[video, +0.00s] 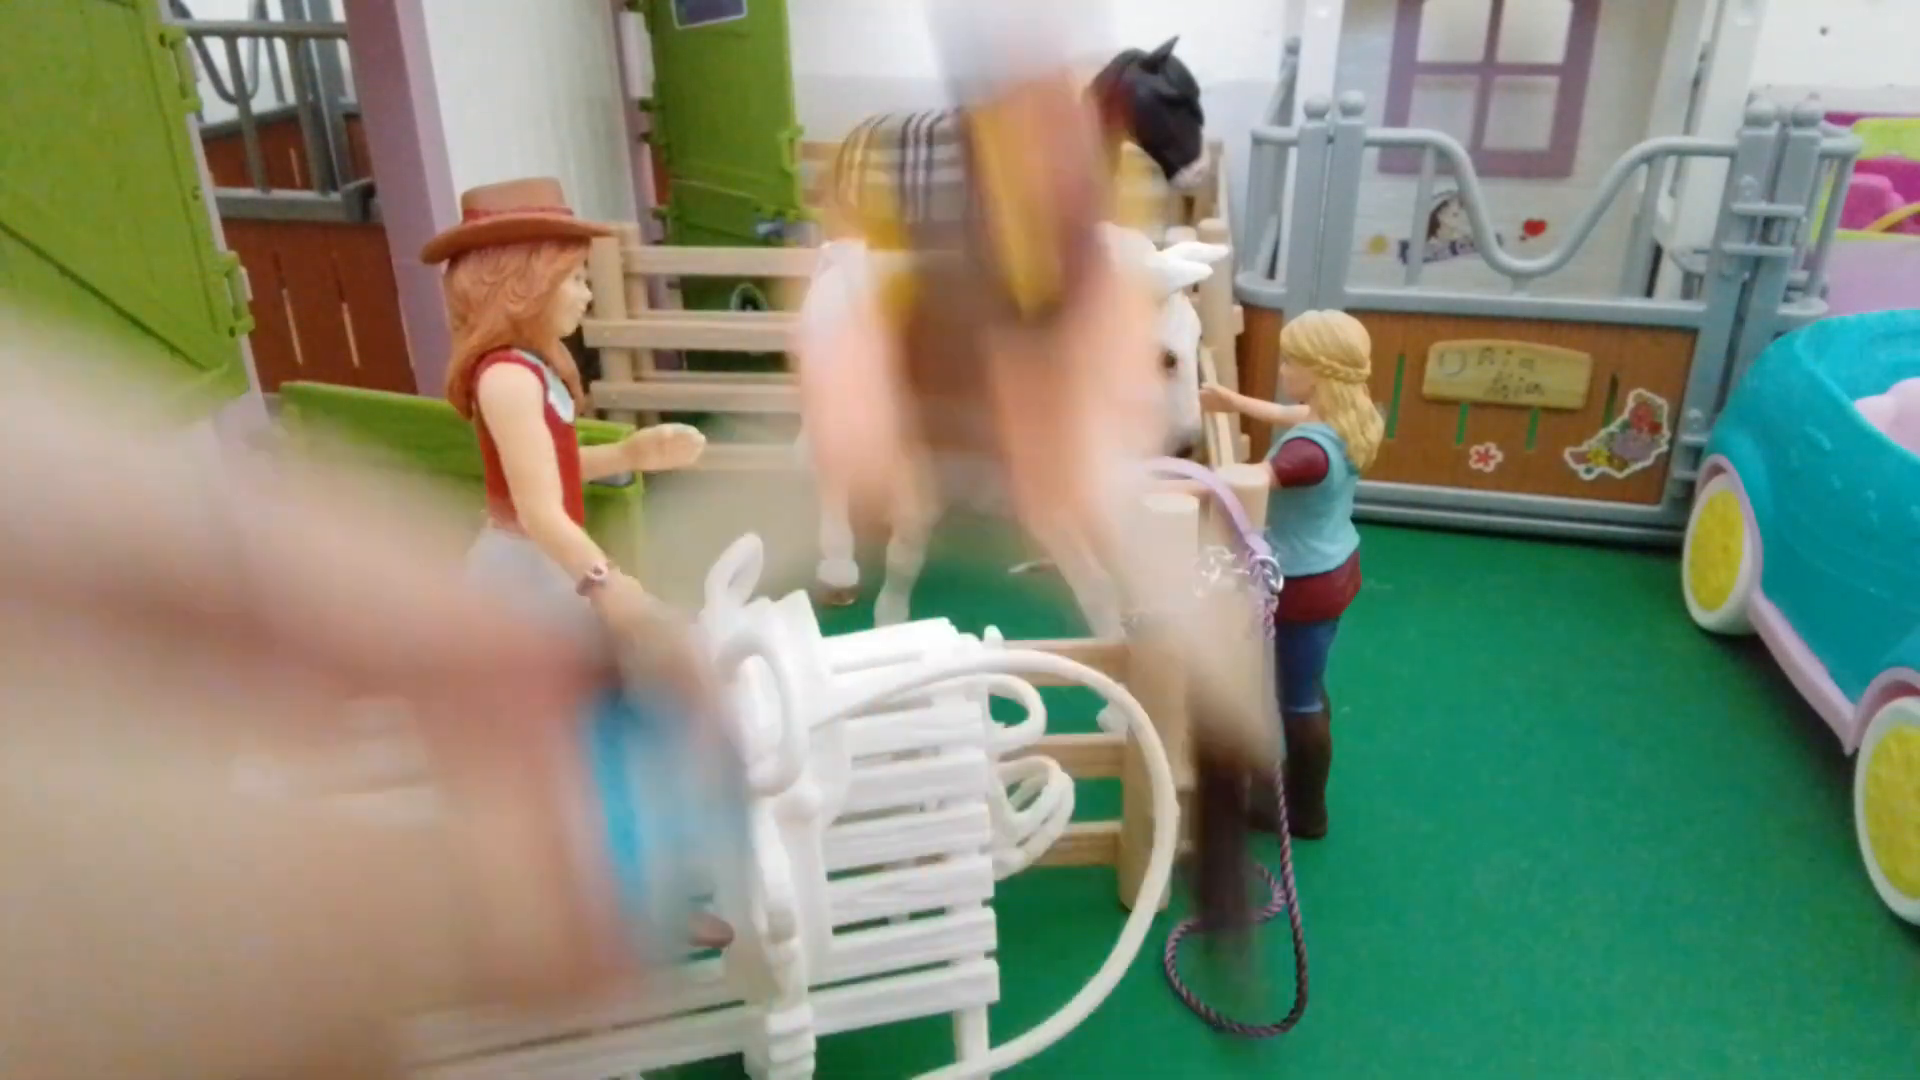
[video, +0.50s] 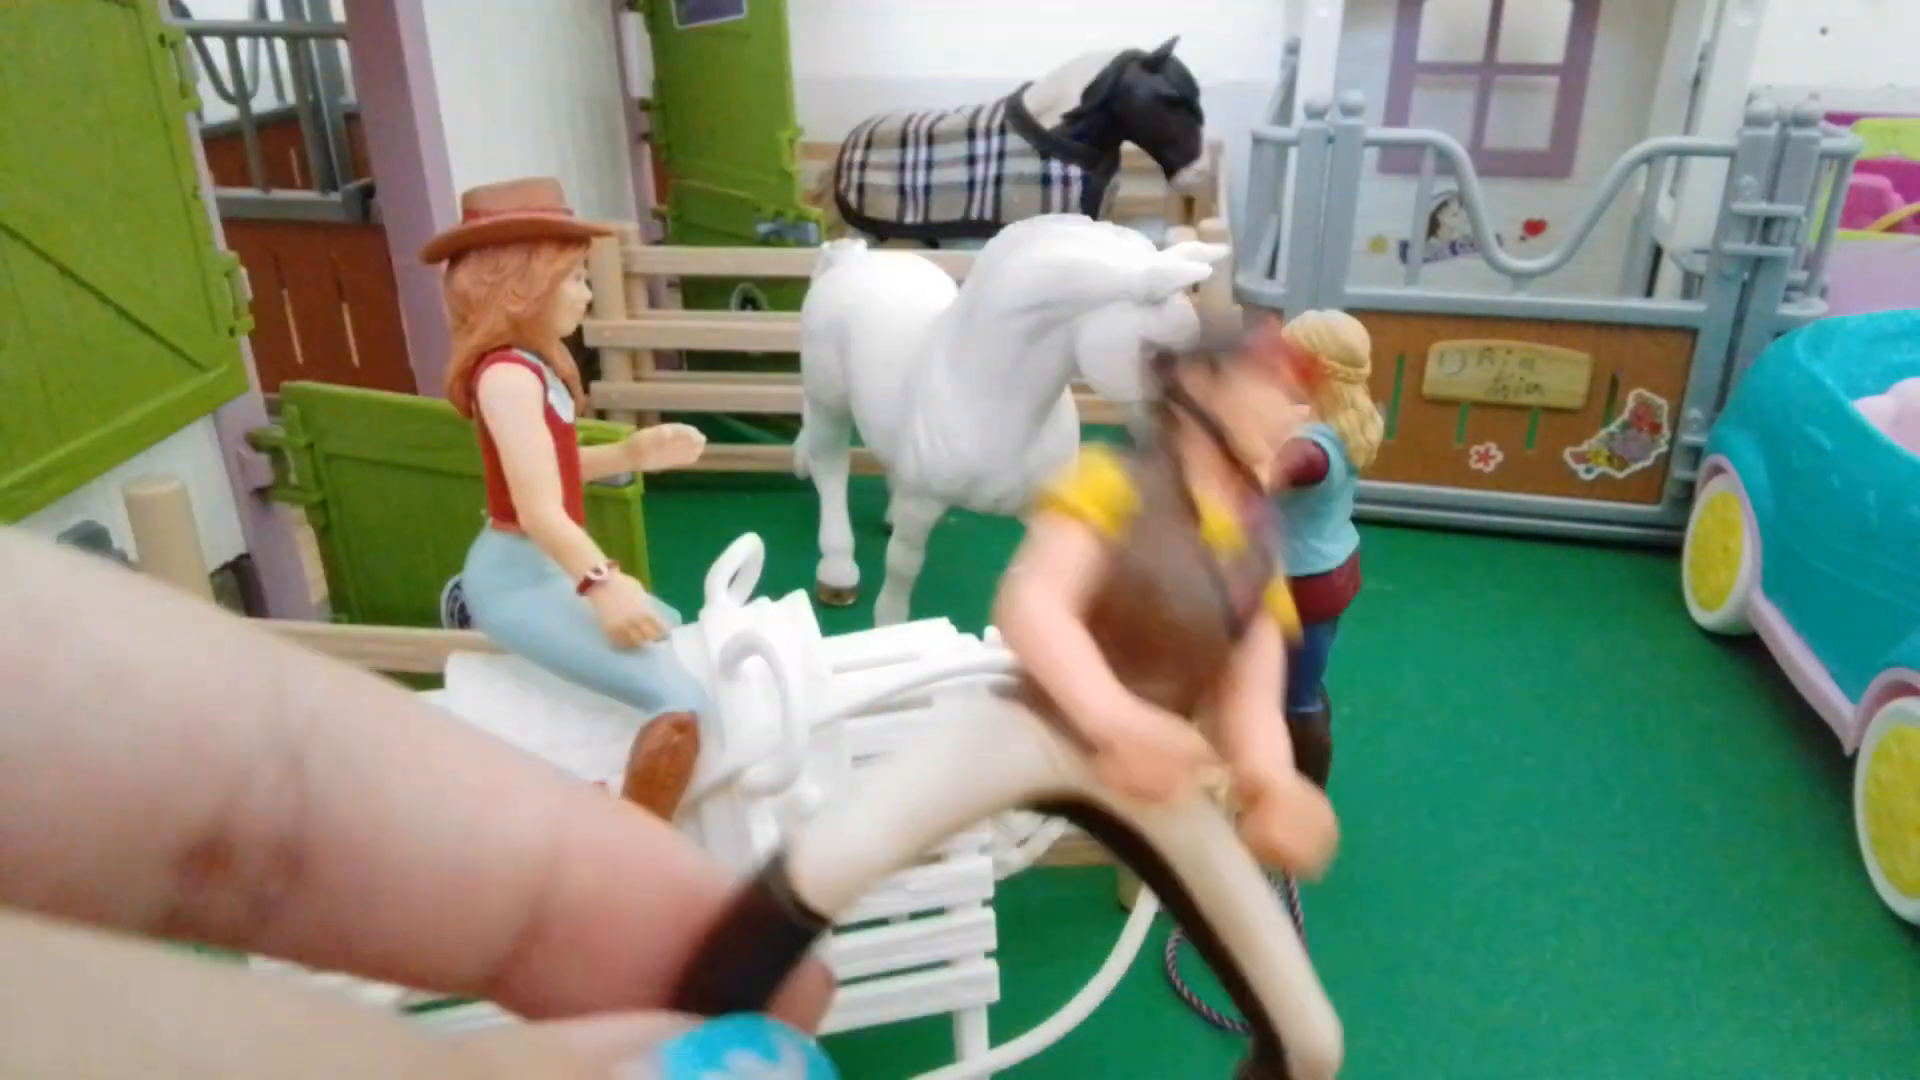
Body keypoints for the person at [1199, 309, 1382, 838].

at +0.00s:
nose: (1282, 371)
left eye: (1290, 362)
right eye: (1284, 360)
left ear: (1319, 372)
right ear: (1334, 373)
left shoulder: (1316, 446)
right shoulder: (1348, 417)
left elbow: (1257, 477)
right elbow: (1288, 414)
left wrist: (1189, 481)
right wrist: (1237, 401)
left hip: (1305, 588)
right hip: (1334, 564)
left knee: (1298, 699)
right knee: (1305, 685)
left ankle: (1305, 813)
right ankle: (1303, 795)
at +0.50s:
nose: (1282, 369)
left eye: (1291, 359)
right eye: (1284, 358)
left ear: (1310, 372)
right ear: (1340, 372)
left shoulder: (1317, 444)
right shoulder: (1347, 421)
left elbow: (1258, 475)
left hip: (1308, 579)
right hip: (1335, 559)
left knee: (1299, 699)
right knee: (1308, 685)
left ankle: (1305, 804)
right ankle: (1306, 791)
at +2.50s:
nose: (1282, 370)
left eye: (1290, 362)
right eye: (1284, 360)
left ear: (1317, 373)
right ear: (1337, 373)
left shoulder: (1314, 448)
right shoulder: (1348, 418)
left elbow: (1248, 479)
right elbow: (1289, 416)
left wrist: (1163, 484)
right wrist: (1236, 400)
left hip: (1305, 588)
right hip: (1333, 565)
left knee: (1300, 700)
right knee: (1301, 680)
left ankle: (1304, 811)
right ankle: (1298, 771)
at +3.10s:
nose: (1312, 427)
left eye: (1319, 417)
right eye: (1315, 417)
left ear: (1338, 424)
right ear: (1372, 423)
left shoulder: (1341, 497)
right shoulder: (1363, 480)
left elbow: (1281, 536)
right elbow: (1307, 469)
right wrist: (1256, 449)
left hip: (1333, 635)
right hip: (1352, 625)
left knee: (1319, 750)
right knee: (1325, 743)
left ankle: (1323, 867)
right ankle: (1318, 847)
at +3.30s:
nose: (1307, 680)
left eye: (1314, 671)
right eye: (1309, 670)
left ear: (1339, 683)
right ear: (1352, 683)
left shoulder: (1339, 755)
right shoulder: (1361, 727)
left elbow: (1272, 786)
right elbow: (1311, 711)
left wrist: (1203, 781)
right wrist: (1257, 689)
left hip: (1336, 888)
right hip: (1364, 866)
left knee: (1332, 998)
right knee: (1338, 979)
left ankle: (1340, 1071)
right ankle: (1337, 1060)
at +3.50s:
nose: (1327, 652)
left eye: (1334, 645)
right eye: (1328, 644)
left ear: (1359, 657)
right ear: (1379, 656)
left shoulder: (1356, 728)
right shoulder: (1391, 698)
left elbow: (1276, 762)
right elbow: (1333, 684)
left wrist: (1206, 754)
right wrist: (1279, 663)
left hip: (1358, 858)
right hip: (1384, 839)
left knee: (1358, 968)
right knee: (1363, 949)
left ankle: (1364, 1068)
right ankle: (1358, 1035)